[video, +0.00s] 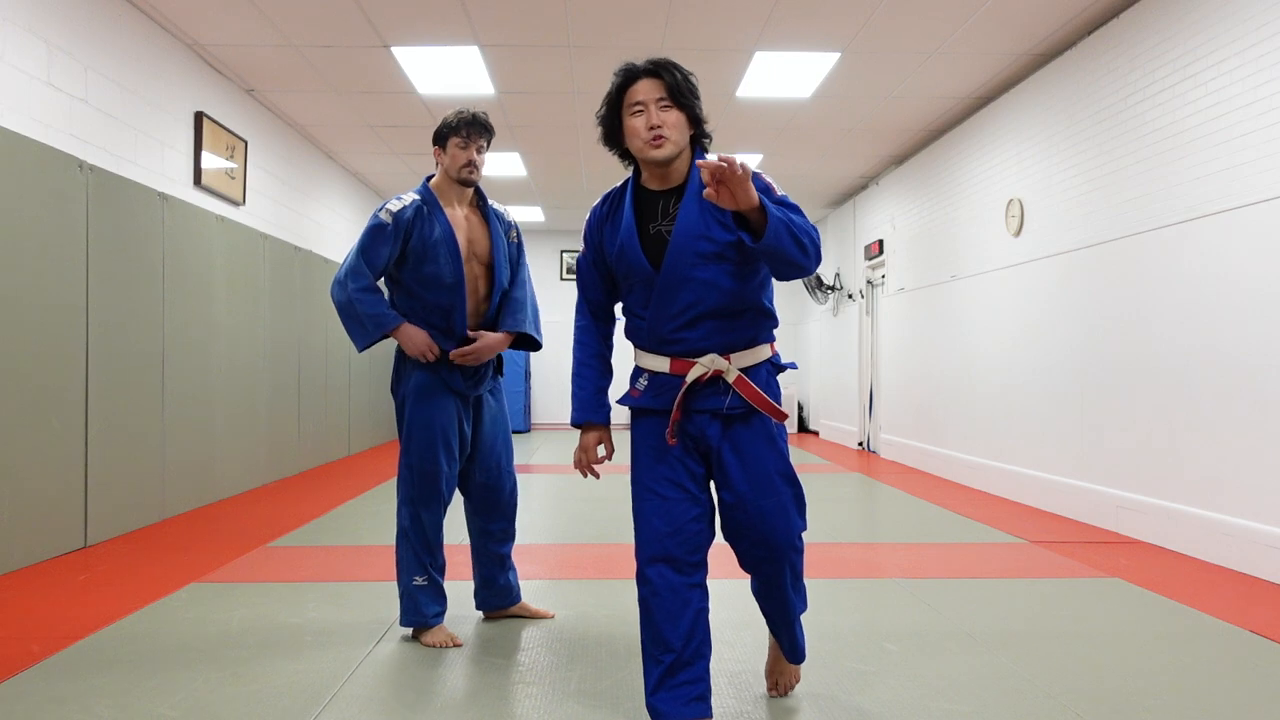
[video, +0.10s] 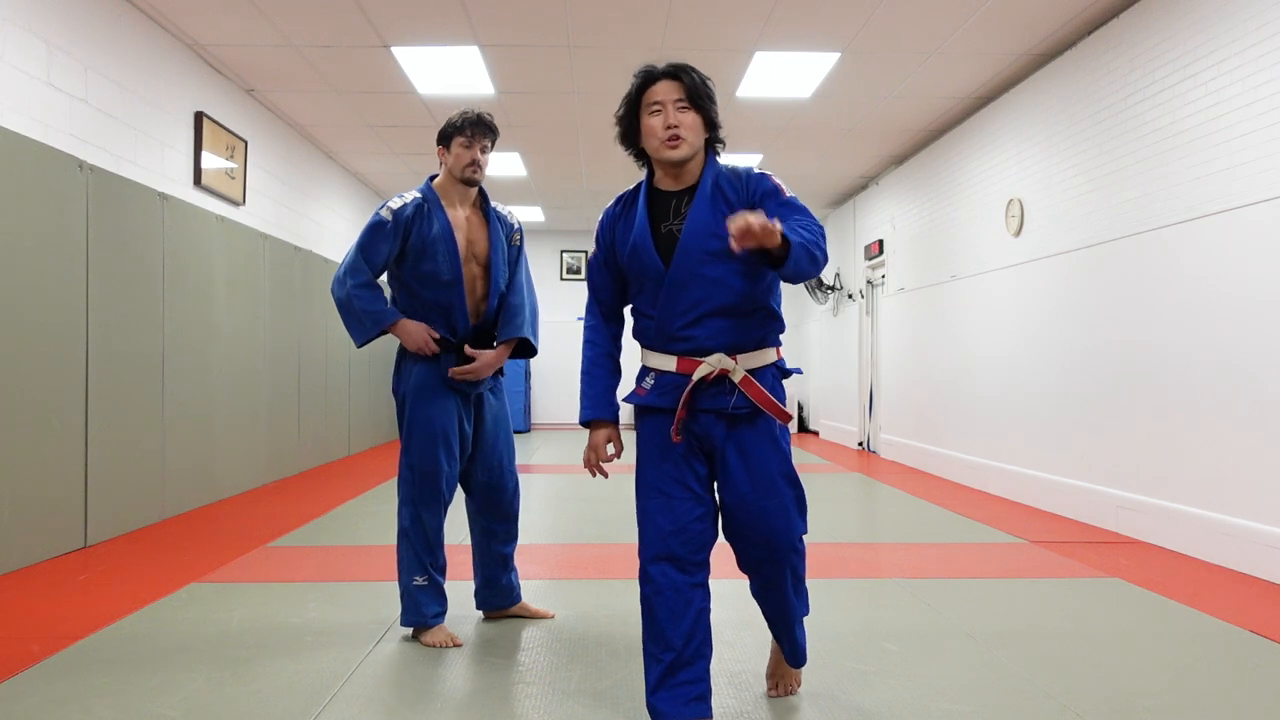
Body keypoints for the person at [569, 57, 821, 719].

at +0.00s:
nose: (654, 119)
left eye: (667, 105)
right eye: (638, 111)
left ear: (692, 119)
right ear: (621, 133)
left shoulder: (736, 184)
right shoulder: (608, 216)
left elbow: (805, 257)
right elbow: (593, 319)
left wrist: (753, 210)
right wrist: (589, 416)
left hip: (746, 390)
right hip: (659, 398)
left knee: (771, 541)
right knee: (667, 567)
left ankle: (785, 641)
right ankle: (678, 709)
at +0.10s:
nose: (671, 120)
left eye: (683, 107)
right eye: (655, 111)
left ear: (707, 121)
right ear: (637, 131)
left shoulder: (750, 187)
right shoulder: (620, 218)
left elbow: (813, 255)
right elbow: (601, 319)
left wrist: (777, 242)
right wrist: (598, 415)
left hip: (750, 390)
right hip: (664, 396)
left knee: (770, 541)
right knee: (669, 563)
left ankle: (787, 645)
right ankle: (679, 709)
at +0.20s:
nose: (690, 122)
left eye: (702, 112)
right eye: (676, 114)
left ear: (726, 129)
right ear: (656, 135)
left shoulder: (762, 196)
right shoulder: (635, 223)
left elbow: (802, 252)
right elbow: (615, 322)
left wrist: (807, 324)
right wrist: (611, 413)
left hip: (757, 390)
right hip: (671, 399)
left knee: (774, 542)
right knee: (672, 562)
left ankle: (788, 652)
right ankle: (679, 709)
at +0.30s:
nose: (706, 132)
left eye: (719, 122)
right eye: (694, 123)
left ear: (744, 141)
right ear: (676, 144)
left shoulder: (778, 211)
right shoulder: (654, 228)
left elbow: (816, 304)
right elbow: (631, 323)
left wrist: (833, 398)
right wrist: (625, 409)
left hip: (769, 399)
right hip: (685, 403)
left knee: (777, 543)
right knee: (679, 561)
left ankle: (781, 652)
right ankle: (680, 708)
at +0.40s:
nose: (714, 144)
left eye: (729, 134)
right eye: (705, 135)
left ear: (759, 150)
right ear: (692, 152)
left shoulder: (796, 227)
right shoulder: (672, 233)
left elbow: (827, 330)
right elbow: (650, 324)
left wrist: (828, 428)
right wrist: (642, 408)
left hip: (783, 410)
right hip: (699, 409)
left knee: (779, 551)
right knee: (688, 556)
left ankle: (773, 659)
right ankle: (688, 702)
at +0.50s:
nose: (720, 151)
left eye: (736, 142)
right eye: (715, 143)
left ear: (771, 156)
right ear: (709, 157)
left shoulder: (811, 234)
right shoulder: (686, 234)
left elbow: (842, 332)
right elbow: (665, 327)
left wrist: (842, 424)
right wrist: (662, 411)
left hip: (787, 409)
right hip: (705, 408)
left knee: (781, 549)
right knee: (700, 547)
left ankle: (774, 662)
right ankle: (694, 688)